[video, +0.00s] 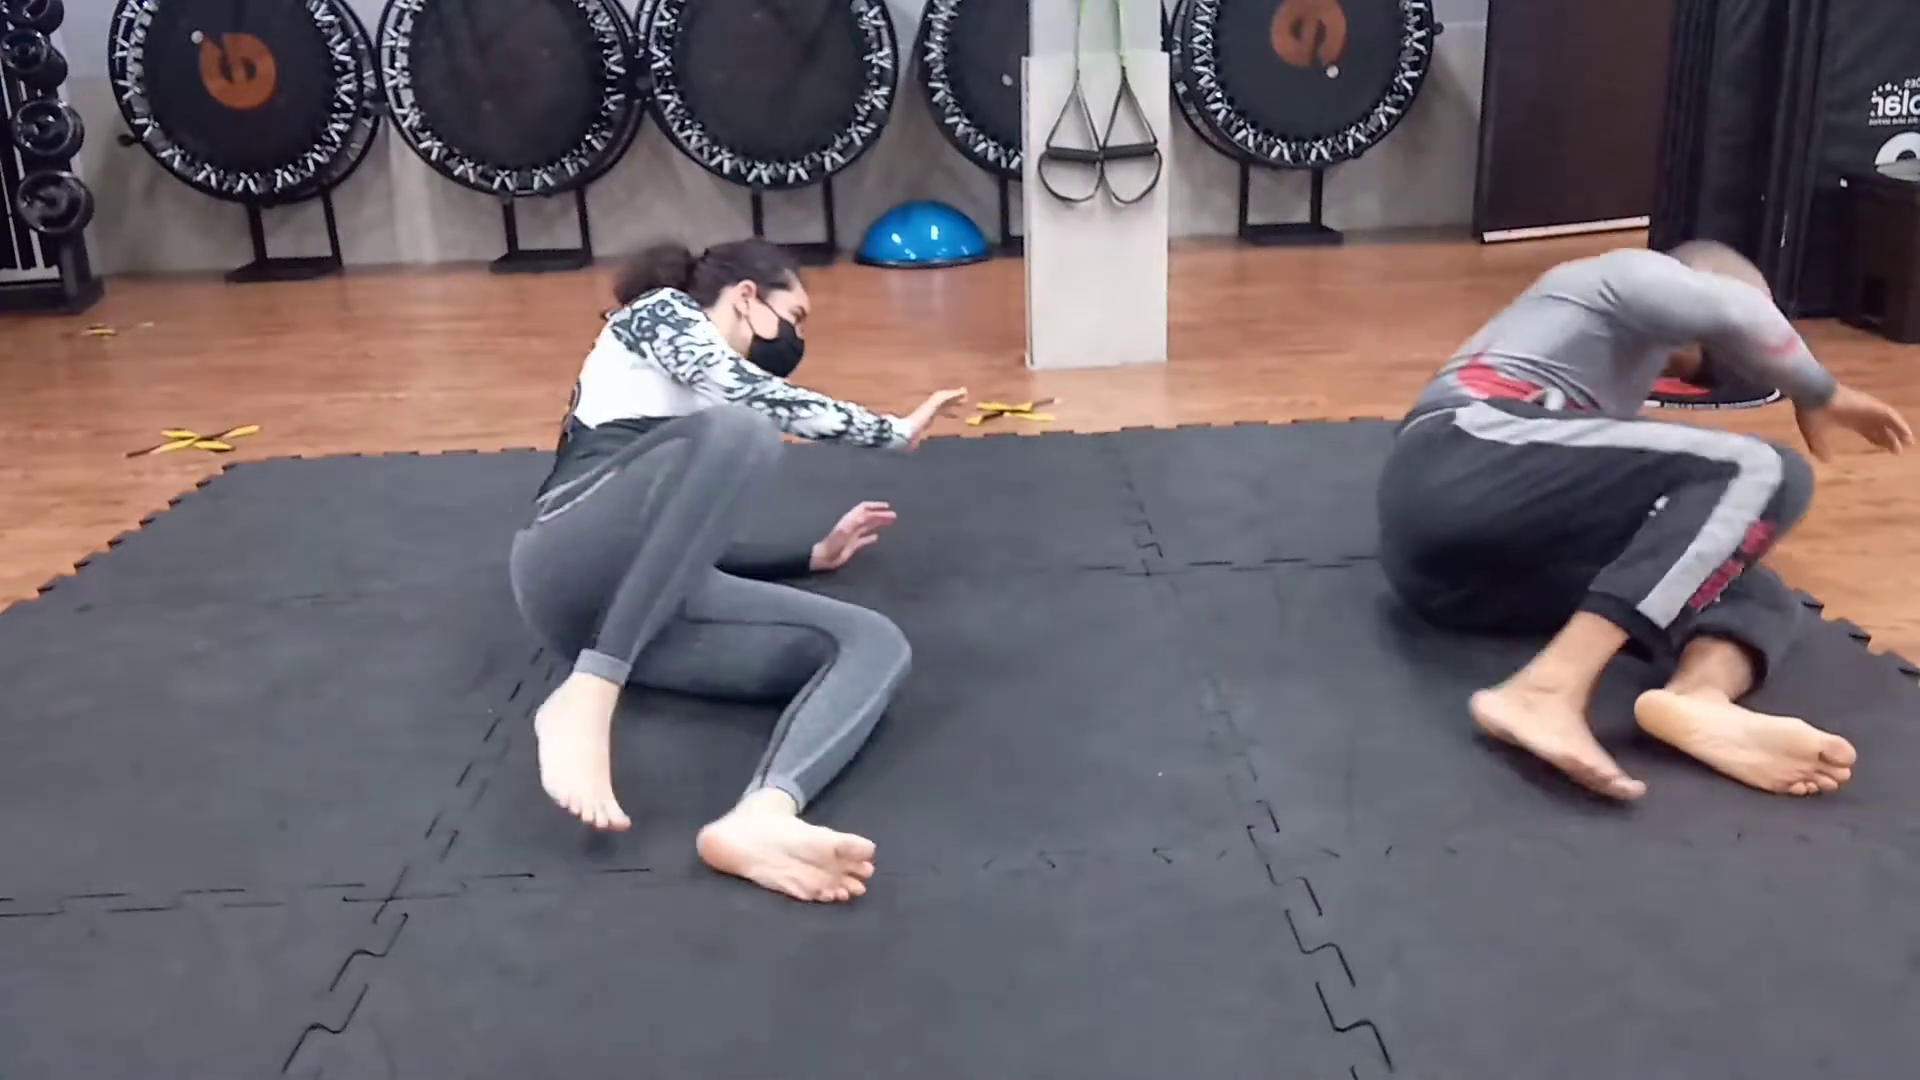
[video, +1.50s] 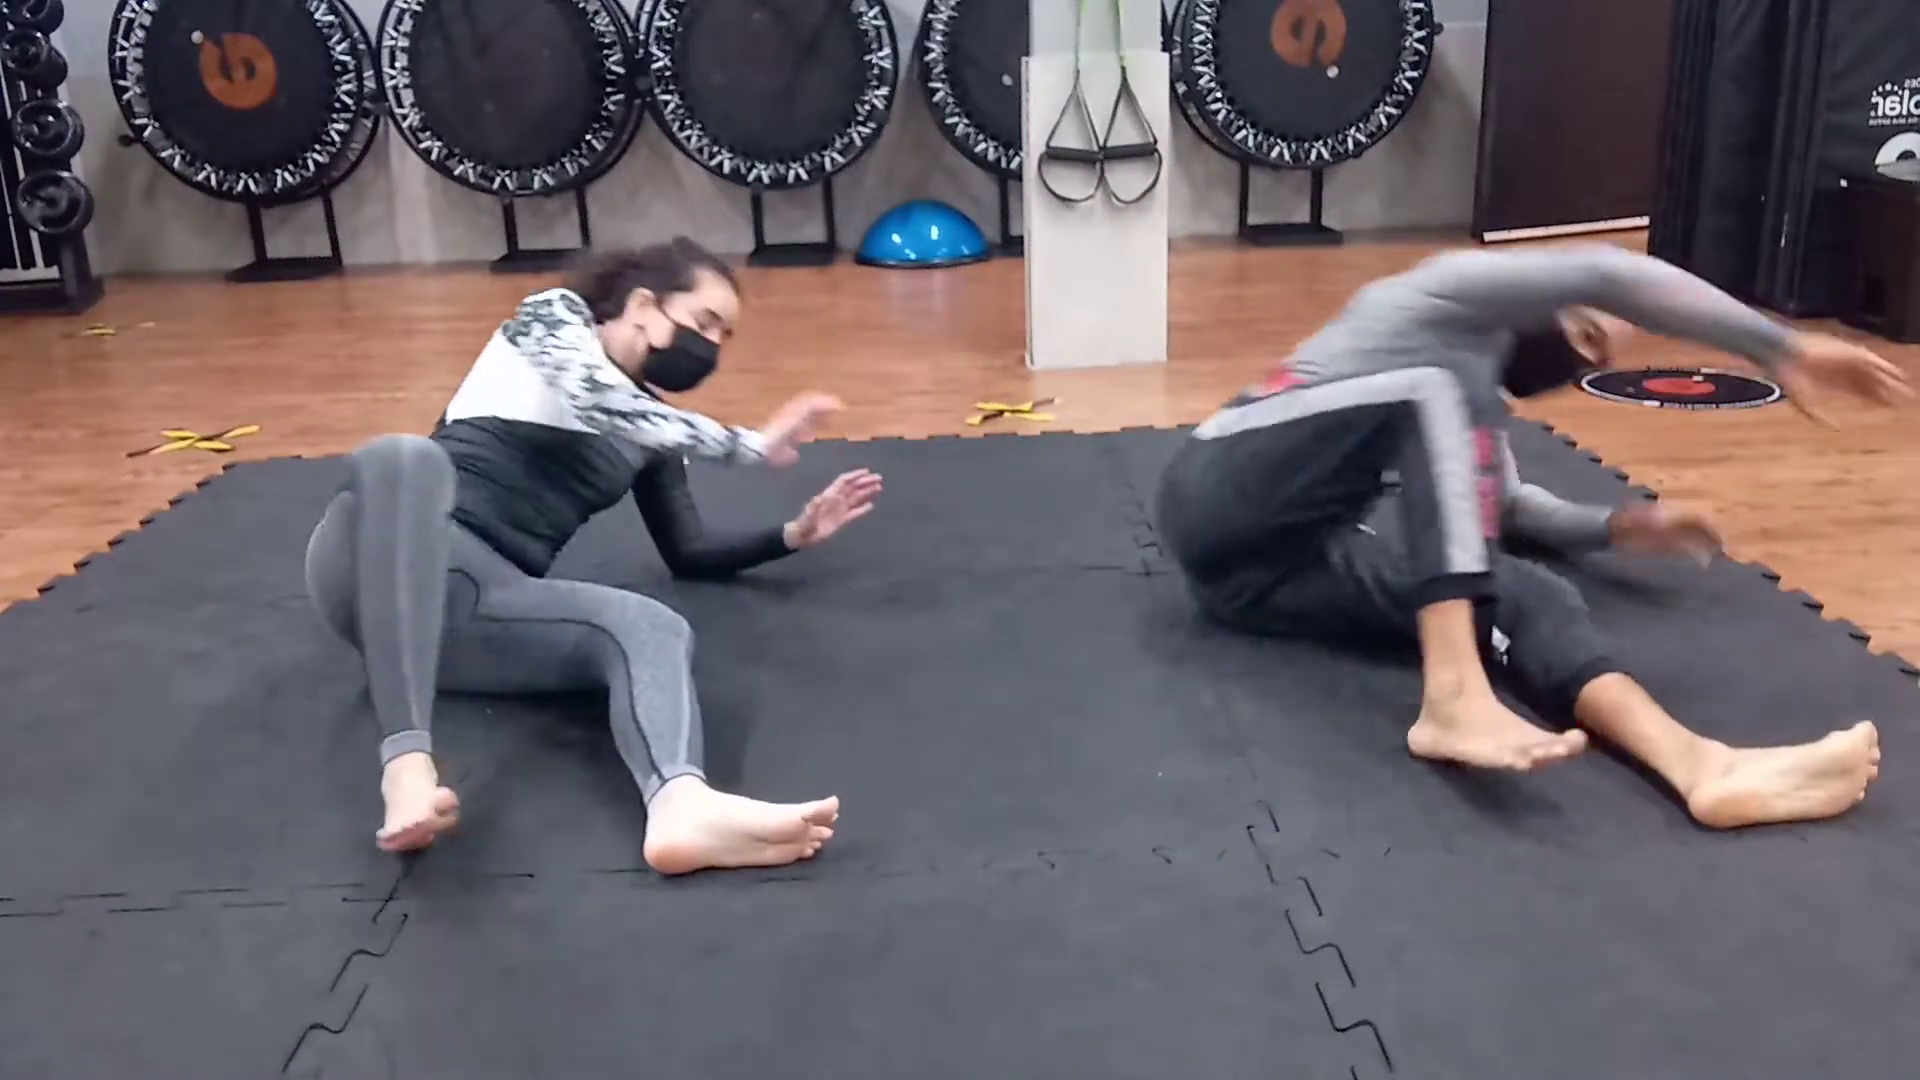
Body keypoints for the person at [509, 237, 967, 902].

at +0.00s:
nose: (789, 342)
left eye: (796, 331)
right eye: (790, 321)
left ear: (738, 305)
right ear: (743, 294)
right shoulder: (657, 313)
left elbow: (682, 551)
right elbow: (742, 391)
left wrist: (815, 556)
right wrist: (894, 431)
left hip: (647, 606)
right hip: (567, 562)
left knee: (875, 641)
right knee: (738, 431)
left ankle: (764, 810)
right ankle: (587, 697)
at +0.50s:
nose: (818, 384)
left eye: (821, 370)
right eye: (817, 364)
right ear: (787, 330)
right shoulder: (735, 317)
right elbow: (840, 411)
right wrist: (963, 477)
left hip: (545, 617)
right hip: (531, 503)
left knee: (823, 638)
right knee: (773, 540)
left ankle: (741, 775)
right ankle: (513, 722)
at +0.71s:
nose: (792, 433)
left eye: (798, 424)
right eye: (801, 415)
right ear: (793, 365)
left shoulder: (674, 418)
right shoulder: (743, 340)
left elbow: (673, 549)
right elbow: (863, 434)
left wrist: (809, 545)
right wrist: (970, 501)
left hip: (487, 603)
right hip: (476, 484)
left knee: (741, 632)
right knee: (712, 532)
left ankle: (708, 790)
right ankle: (476, 751)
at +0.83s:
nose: (806, 432)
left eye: (817, 417)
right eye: (814, 410)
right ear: (792, 375)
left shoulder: (673, 451)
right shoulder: (729, 355)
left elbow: (679, 554)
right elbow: (848, 453)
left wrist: (805, 546)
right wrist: (961, 510)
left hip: (491, 612)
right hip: (434, 504)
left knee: (703, 636)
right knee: (632, 510)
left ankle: (698, 803)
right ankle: (460, 779)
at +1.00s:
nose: (783, 430)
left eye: (795, 420)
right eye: (788, 410)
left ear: (750, 377)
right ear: (755, 363)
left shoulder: (663, 424)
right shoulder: (672, 354)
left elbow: (692, 556)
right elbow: (783, 464)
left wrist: (806, 543)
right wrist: (914, 514)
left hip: (465, 622)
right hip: (389, 545)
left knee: (670, 620)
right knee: (554, 480)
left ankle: (689, 796)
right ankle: (452, 779)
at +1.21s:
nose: (745, 397)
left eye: (755, 389)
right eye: (751, 376)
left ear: (711, 359)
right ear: (712, 338)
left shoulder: (659, 425)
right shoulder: (611, 329)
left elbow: (692, 550)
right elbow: (691, 433)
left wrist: (806, 543)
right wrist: (834, 501)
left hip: (480, 605)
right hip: (373, 555)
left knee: (657, 619)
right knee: (485, 463)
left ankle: (684, 795)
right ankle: (435, 770)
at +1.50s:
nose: (715, 348)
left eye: (724, 338)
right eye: (707, 324)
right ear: (643, 303)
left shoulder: (650, 430)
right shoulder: (551, 314)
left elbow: (688, 552)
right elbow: (593, 393)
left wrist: (792, 536)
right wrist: (750, 444)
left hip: (490, 604)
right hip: (387, 562)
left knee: (653, 624)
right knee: (407, 456)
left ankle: (678, 798)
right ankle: (405, 756)